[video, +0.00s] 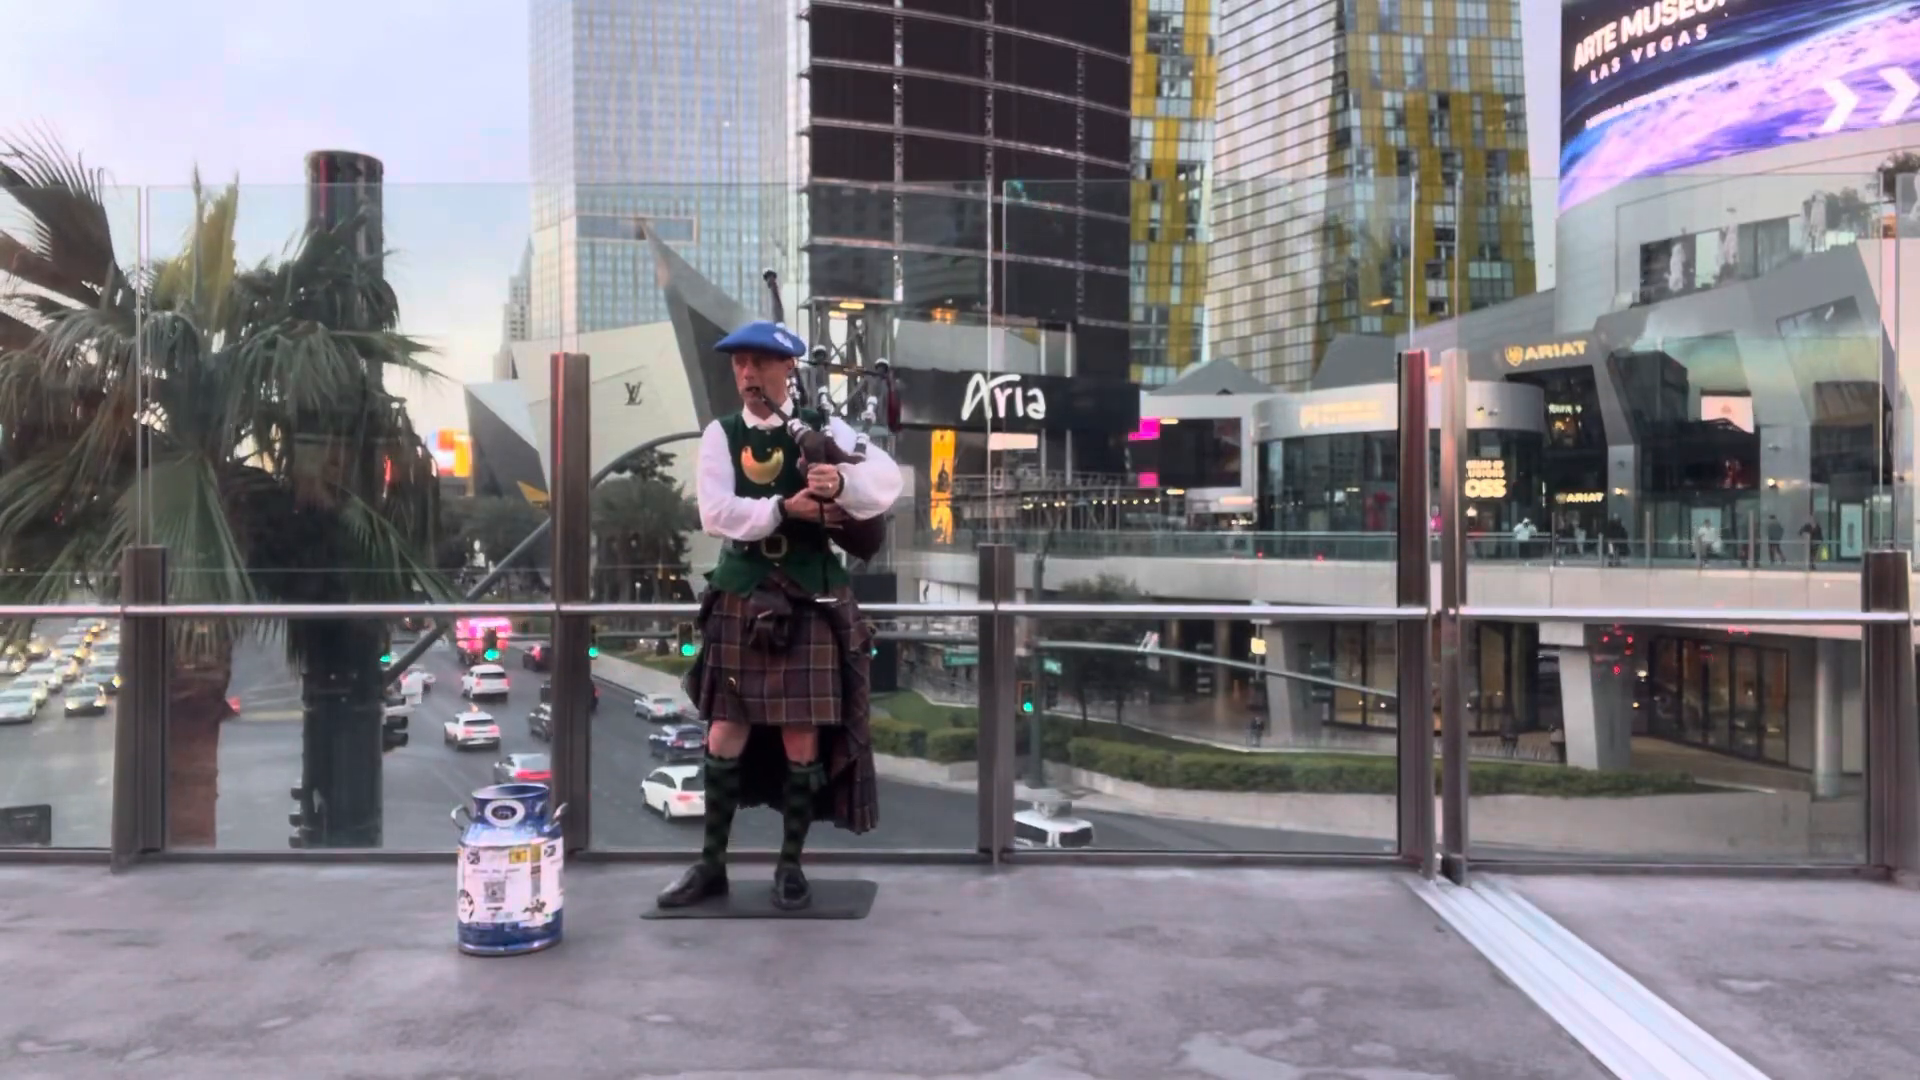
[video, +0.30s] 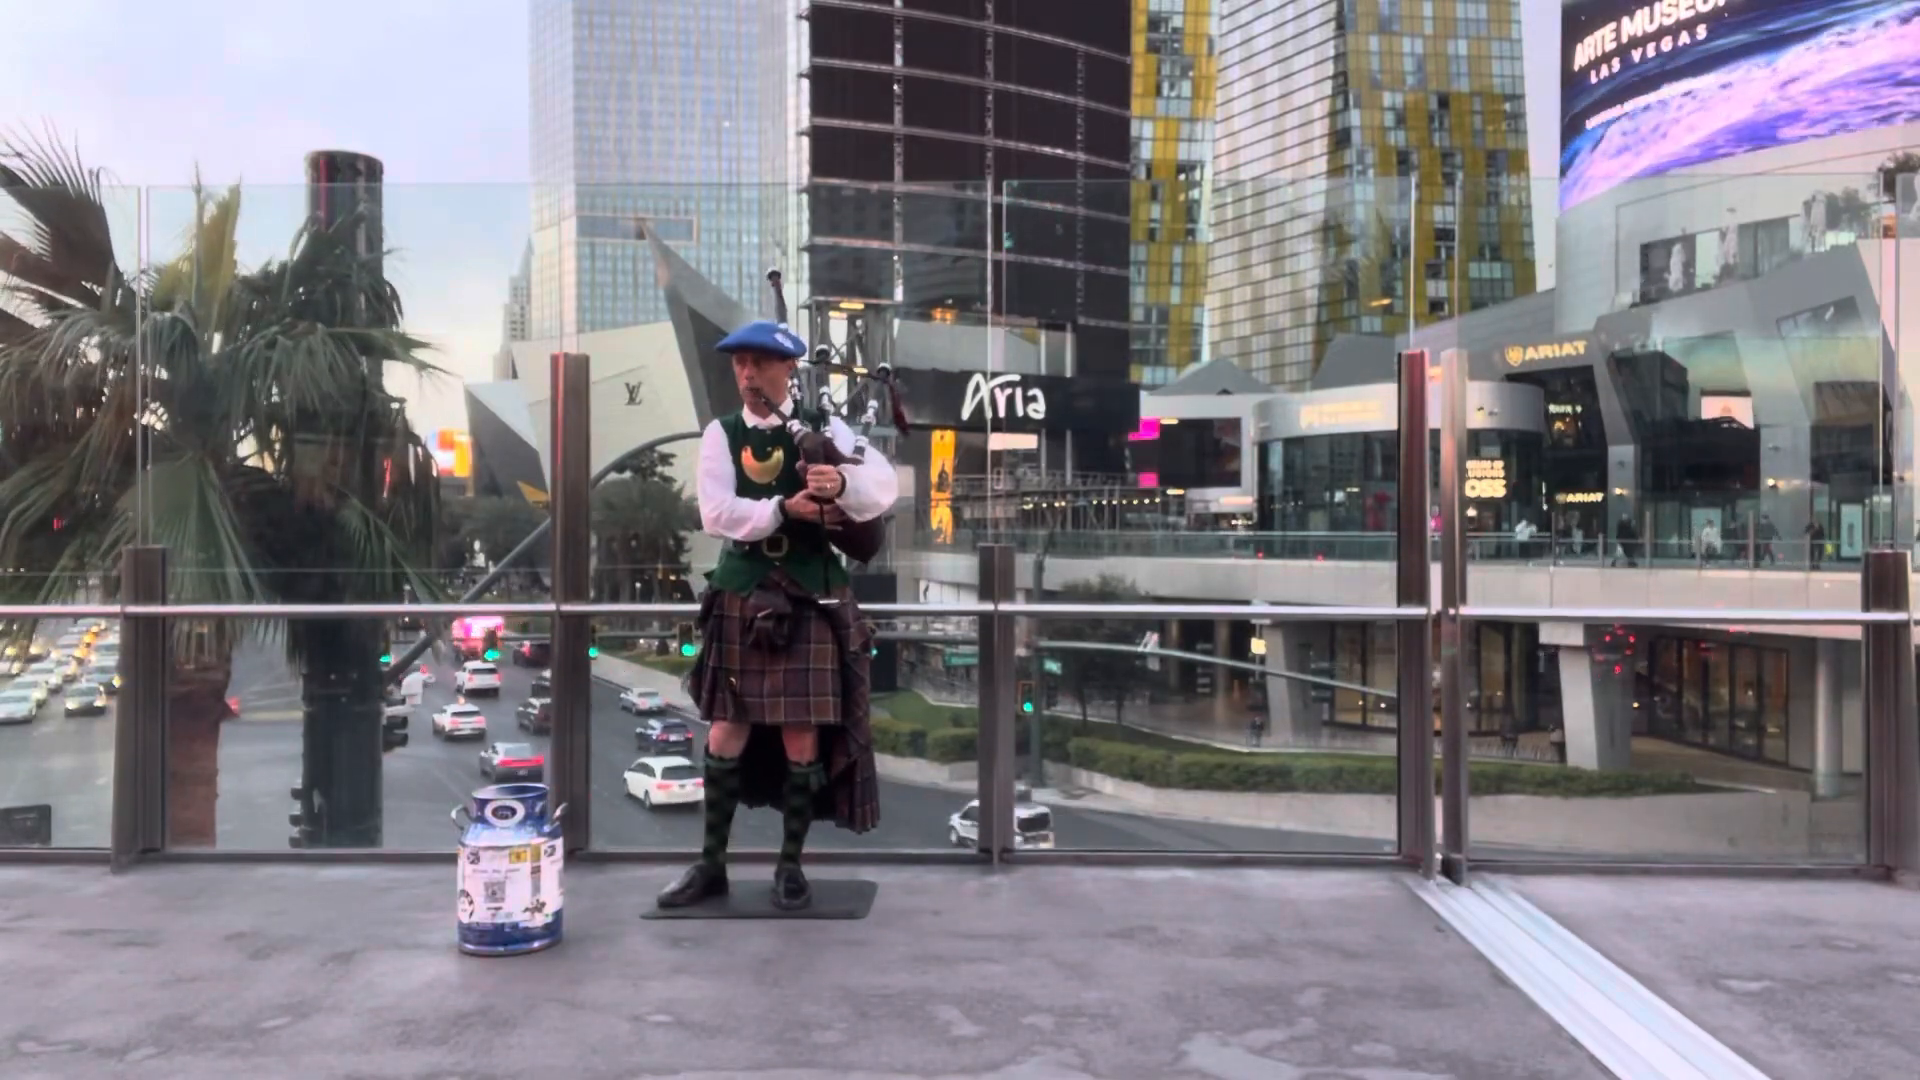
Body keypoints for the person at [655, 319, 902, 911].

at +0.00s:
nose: (746, 372)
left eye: (759, 361)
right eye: (740, 362)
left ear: (789, 367)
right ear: (732, 370)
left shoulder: (824, 429)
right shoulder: (721, 433)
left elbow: (890, 480)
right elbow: (715, 511)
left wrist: (842, 482)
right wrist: (784, 509)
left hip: (810, 595)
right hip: (741, 593)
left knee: (800, 731)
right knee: (725, 730)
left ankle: (790, 864)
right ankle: (712, 865)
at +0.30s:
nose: (747, 372)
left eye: (759, 362)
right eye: (740, 363)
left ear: (789, 368)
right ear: (733, 369)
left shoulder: (825, 431)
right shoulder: (721, 434)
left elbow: (886, 484)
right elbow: (715, 512)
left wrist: (844, 483)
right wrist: (783, 509)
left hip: (811, 595)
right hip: (742, 593)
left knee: (800, 730)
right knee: (726, 729)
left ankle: (790, 865)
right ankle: (711, 865)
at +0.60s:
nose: (743, 374)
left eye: (755, 363)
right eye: (737, 364)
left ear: (787, 368)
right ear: (731, 371)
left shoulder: (825, 429)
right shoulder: (722, 434)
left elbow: (880, 492)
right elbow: (714, 515)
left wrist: (843, 488)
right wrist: (782, 511)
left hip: (812, 594)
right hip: (741, 592)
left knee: (800, 730)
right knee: (725, 728)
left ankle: (790, 866)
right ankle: (711, 864)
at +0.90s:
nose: (733, 375)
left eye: (745, 364)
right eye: (726, 365)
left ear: (777, 368)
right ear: (723, 371)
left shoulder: (817, 425)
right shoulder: (713, 436)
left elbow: (874, 485)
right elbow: (700, 518)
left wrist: (833, 488)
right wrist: (765, 517)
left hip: (808, 591)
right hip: (735, 591)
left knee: (797, 727)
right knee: (723, 725)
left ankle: (791, 864)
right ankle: (718, 861)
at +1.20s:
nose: (716, 373)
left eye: (729, 362)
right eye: (710, 362)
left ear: (761, 367)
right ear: (705, 369)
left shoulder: (799, 422)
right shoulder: (695, 435)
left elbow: (869, 452)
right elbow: (685, 517)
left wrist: (823, 488)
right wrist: (748, 517)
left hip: (789, 588)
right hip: (717, 589)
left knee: (787, 727)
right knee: (716, 726)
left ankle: (788, 863)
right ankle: (718, 862)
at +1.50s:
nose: (698, 373)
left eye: (710, 361)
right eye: (690, 363)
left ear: (739, 364)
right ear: (684, 370)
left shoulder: (779, 422)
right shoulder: (678, 436)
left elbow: (858, 443)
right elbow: (672, 515)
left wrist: (820, 497)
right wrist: (741, 512)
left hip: (774, 586)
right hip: (703, 588)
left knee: (776, 728)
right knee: (706, 728)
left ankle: (787, 866)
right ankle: (717, 863)